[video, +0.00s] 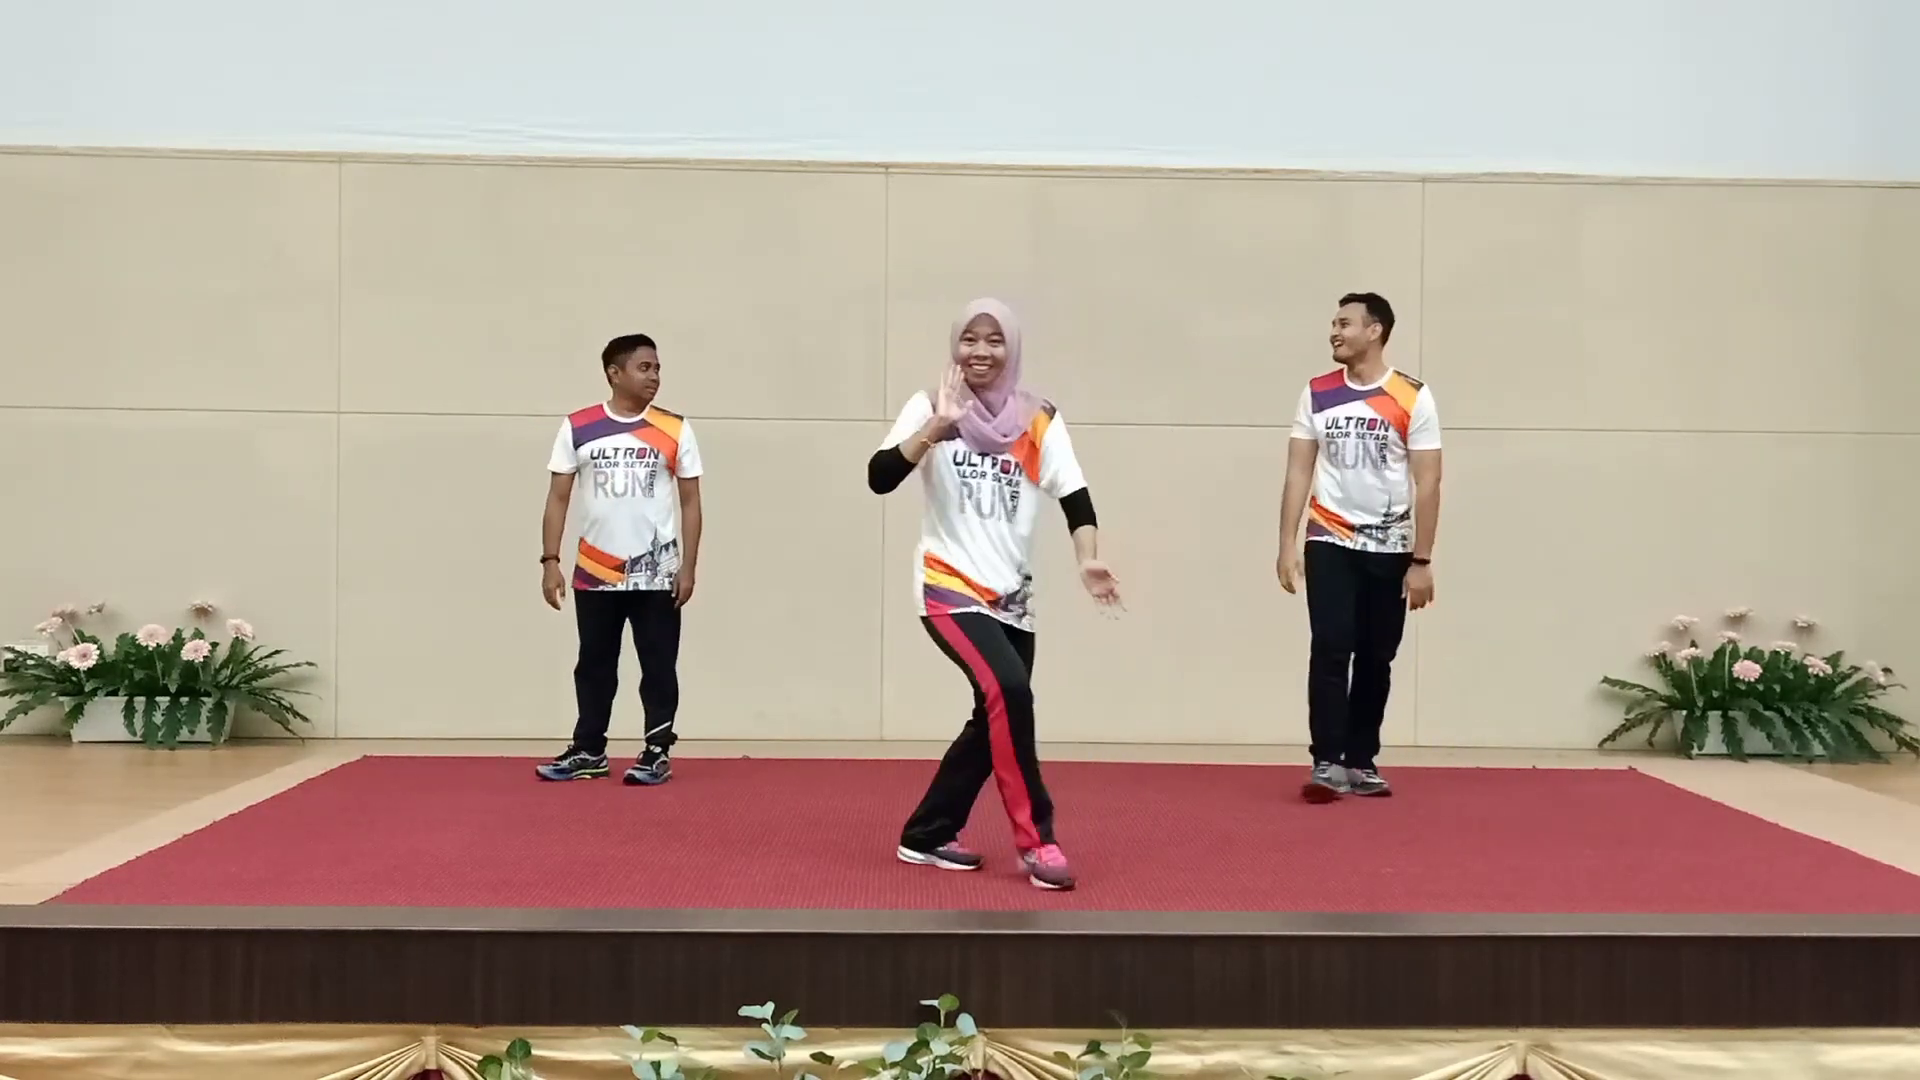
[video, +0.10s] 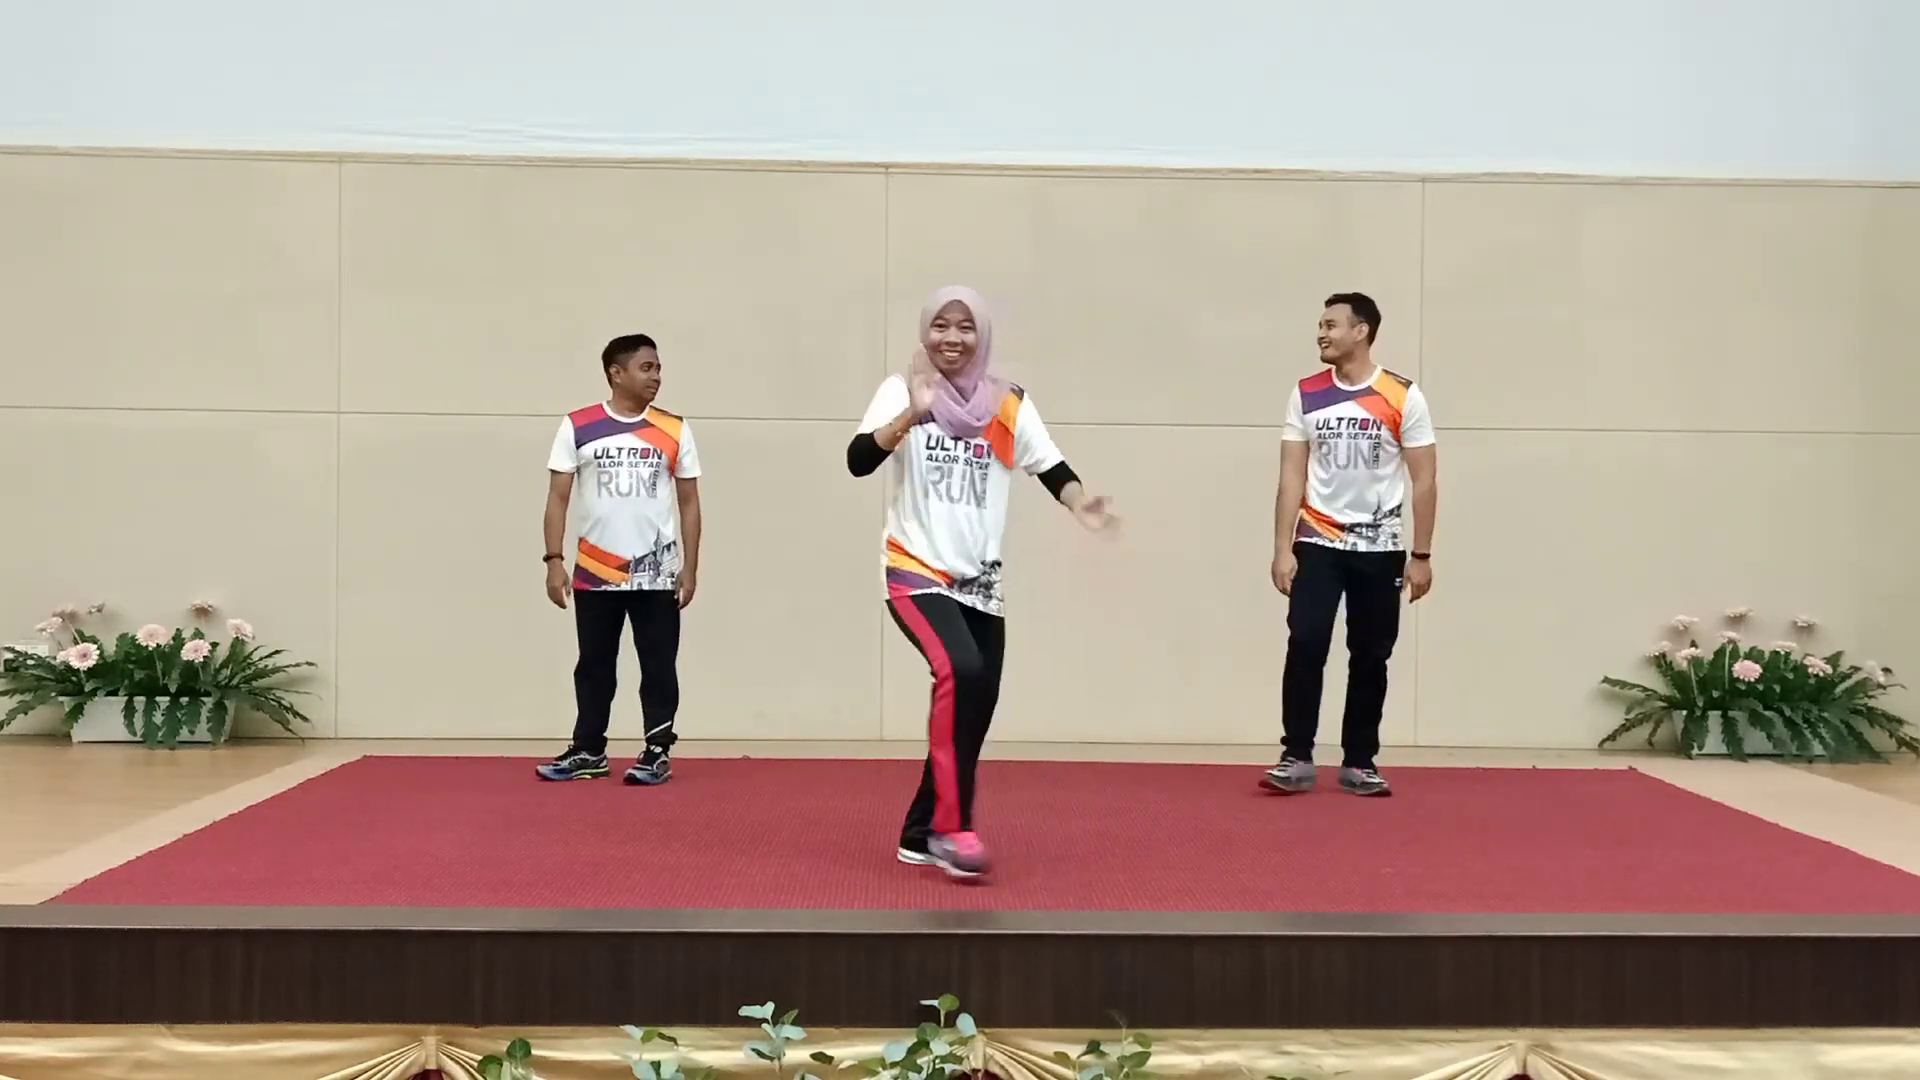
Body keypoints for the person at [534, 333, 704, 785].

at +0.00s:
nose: (655, 375)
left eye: (657, 368)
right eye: (645, 367)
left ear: (657, 373)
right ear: (614, 373)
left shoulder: (676, 431)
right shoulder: (578, 427)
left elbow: (690, 501)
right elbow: (558, 497)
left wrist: (689, 564)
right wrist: (550, 560)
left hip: (656, 574)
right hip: (597, 573)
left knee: (658, 668)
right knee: (594, 666)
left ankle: (657, 754)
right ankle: (589, 752)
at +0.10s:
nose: (657, 376)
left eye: (658, 368)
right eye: (647, 367)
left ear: (656, 373)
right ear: (615, 373)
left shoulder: (675, 431)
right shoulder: (578, 425)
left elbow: (688, 502)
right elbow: (558, 497)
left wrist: (690, 566)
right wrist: (554, 560)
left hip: (657, 573)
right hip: (596, 571)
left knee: (658, 667)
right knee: (593, 666)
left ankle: (657, 753)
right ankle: (588, 752)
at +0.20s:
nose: (657, 375)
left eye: (658, 367)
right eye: (647, 367)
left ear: (656, 373)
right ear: (616, 373)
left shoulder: (674, 430)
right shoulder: (578, 425)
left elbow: (687, 502)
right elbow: (559, 496)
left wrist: (691, 566)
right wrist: (557, 560)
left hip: (657, 571)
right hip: (596, 570)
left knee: (658, 666)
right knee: (593, 666)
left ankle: (657, 754)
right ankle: (588, 752)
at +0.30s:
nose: (657, 375)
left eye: (658, 368)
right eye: (647, 368)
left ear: (655, 373)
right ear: (616, 373)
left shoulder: (674, 430)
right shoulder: (578, 424)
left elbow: (687, 503)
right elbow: (560, 497)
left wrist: (691, 565)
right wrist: (563, 560)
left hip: (657, 571)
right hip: (596, 570)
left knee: (658, 666)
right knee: (593, 666)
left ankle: (657, 754)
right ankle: (588, 752)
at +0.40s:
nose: (657, 376)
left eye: (657, 368)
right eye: (647, 368)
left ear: (654, 373)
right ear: (616, 373)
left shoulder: (673, 430)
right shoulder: (578, 424)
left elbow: (686, 503)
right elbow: (561, 499)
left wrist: (690, 565)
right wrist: (567, 559)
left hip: (657, 570)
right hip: (596, 570)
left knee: (658, 666)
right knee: (593, 666)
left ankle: (657, 753)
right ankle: (588, 752)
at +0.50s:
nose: (657, 375)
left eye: (658, 367)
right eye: (647, 368)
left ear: (654, 373)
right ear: (616, 373)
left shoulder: (673, 431)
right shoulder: (577, 424)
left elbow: (684, 504)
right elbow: (560, 498)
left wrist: (687, 565)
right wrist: (567, 559)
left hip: (656, 570)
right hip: (596, 570)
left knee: (658, 666)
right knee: (592, 667)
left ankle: (658, 753)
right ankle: (588, 752)